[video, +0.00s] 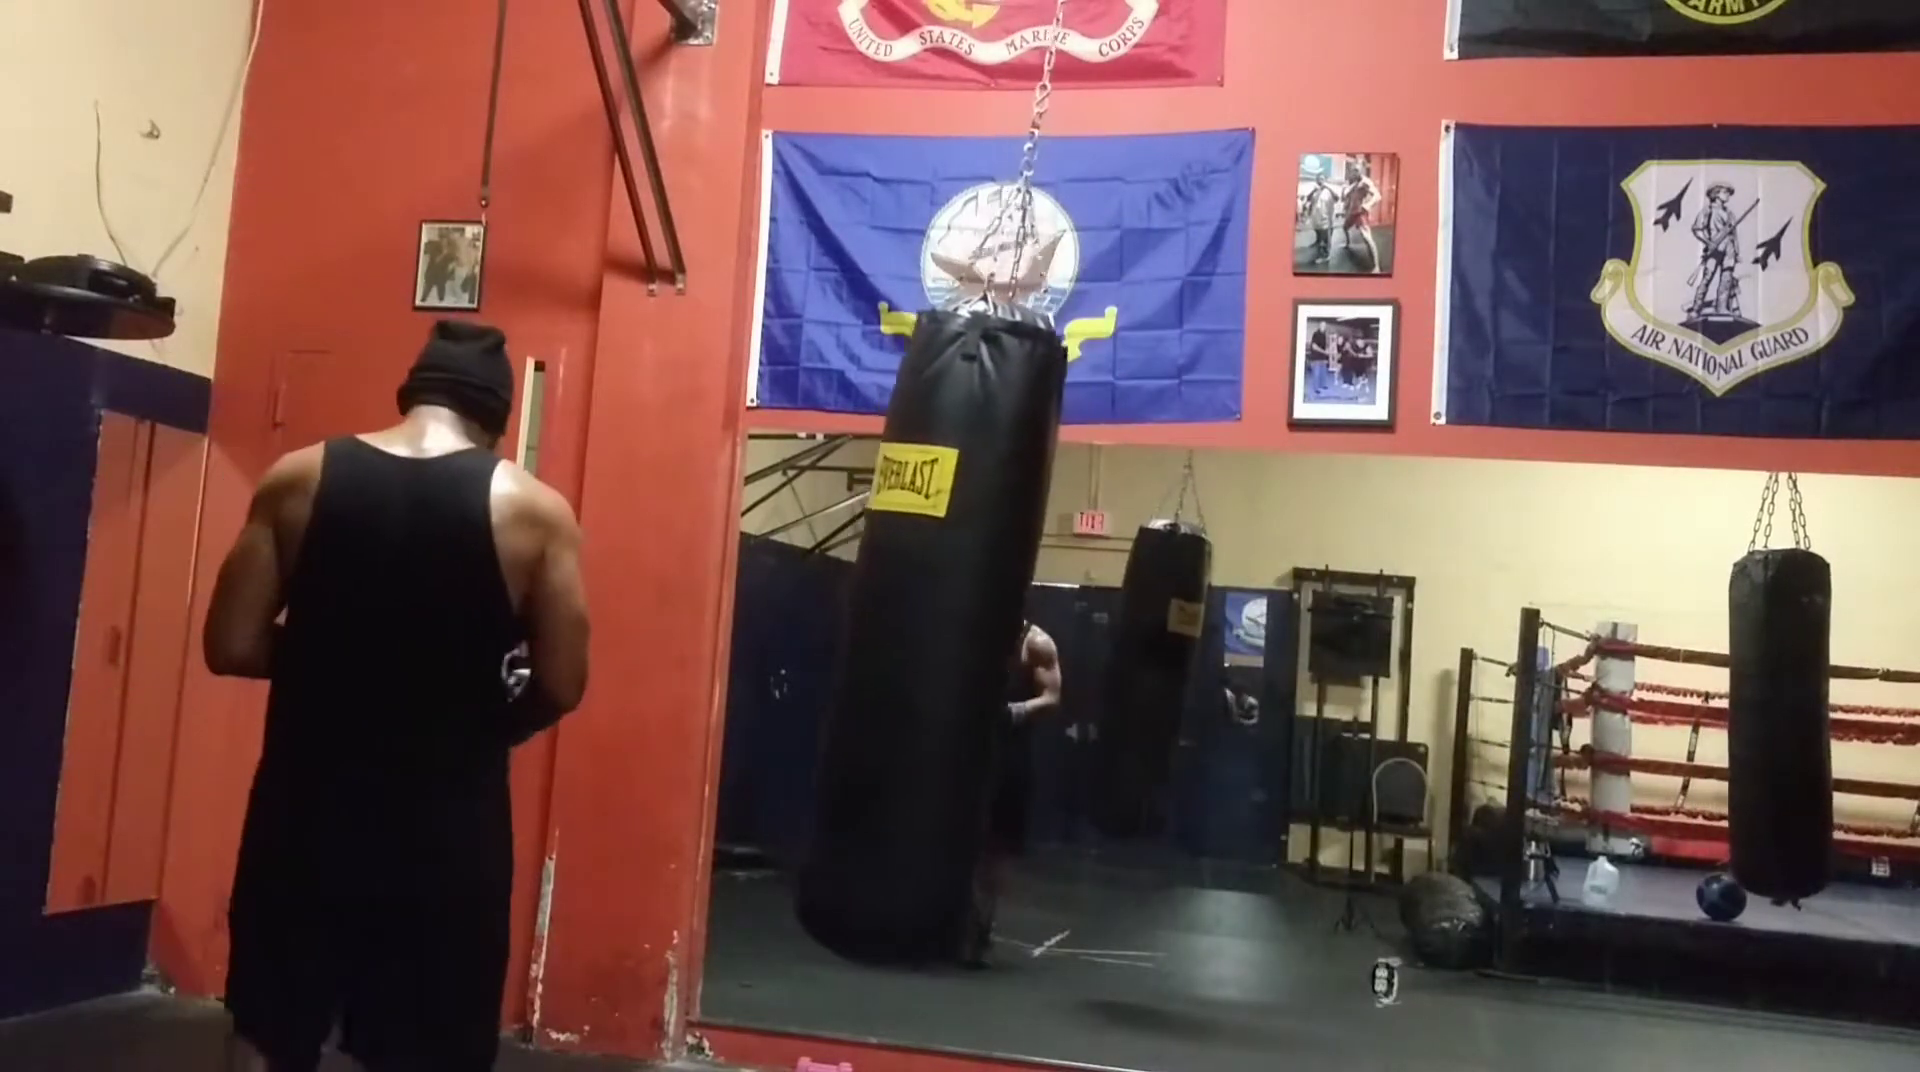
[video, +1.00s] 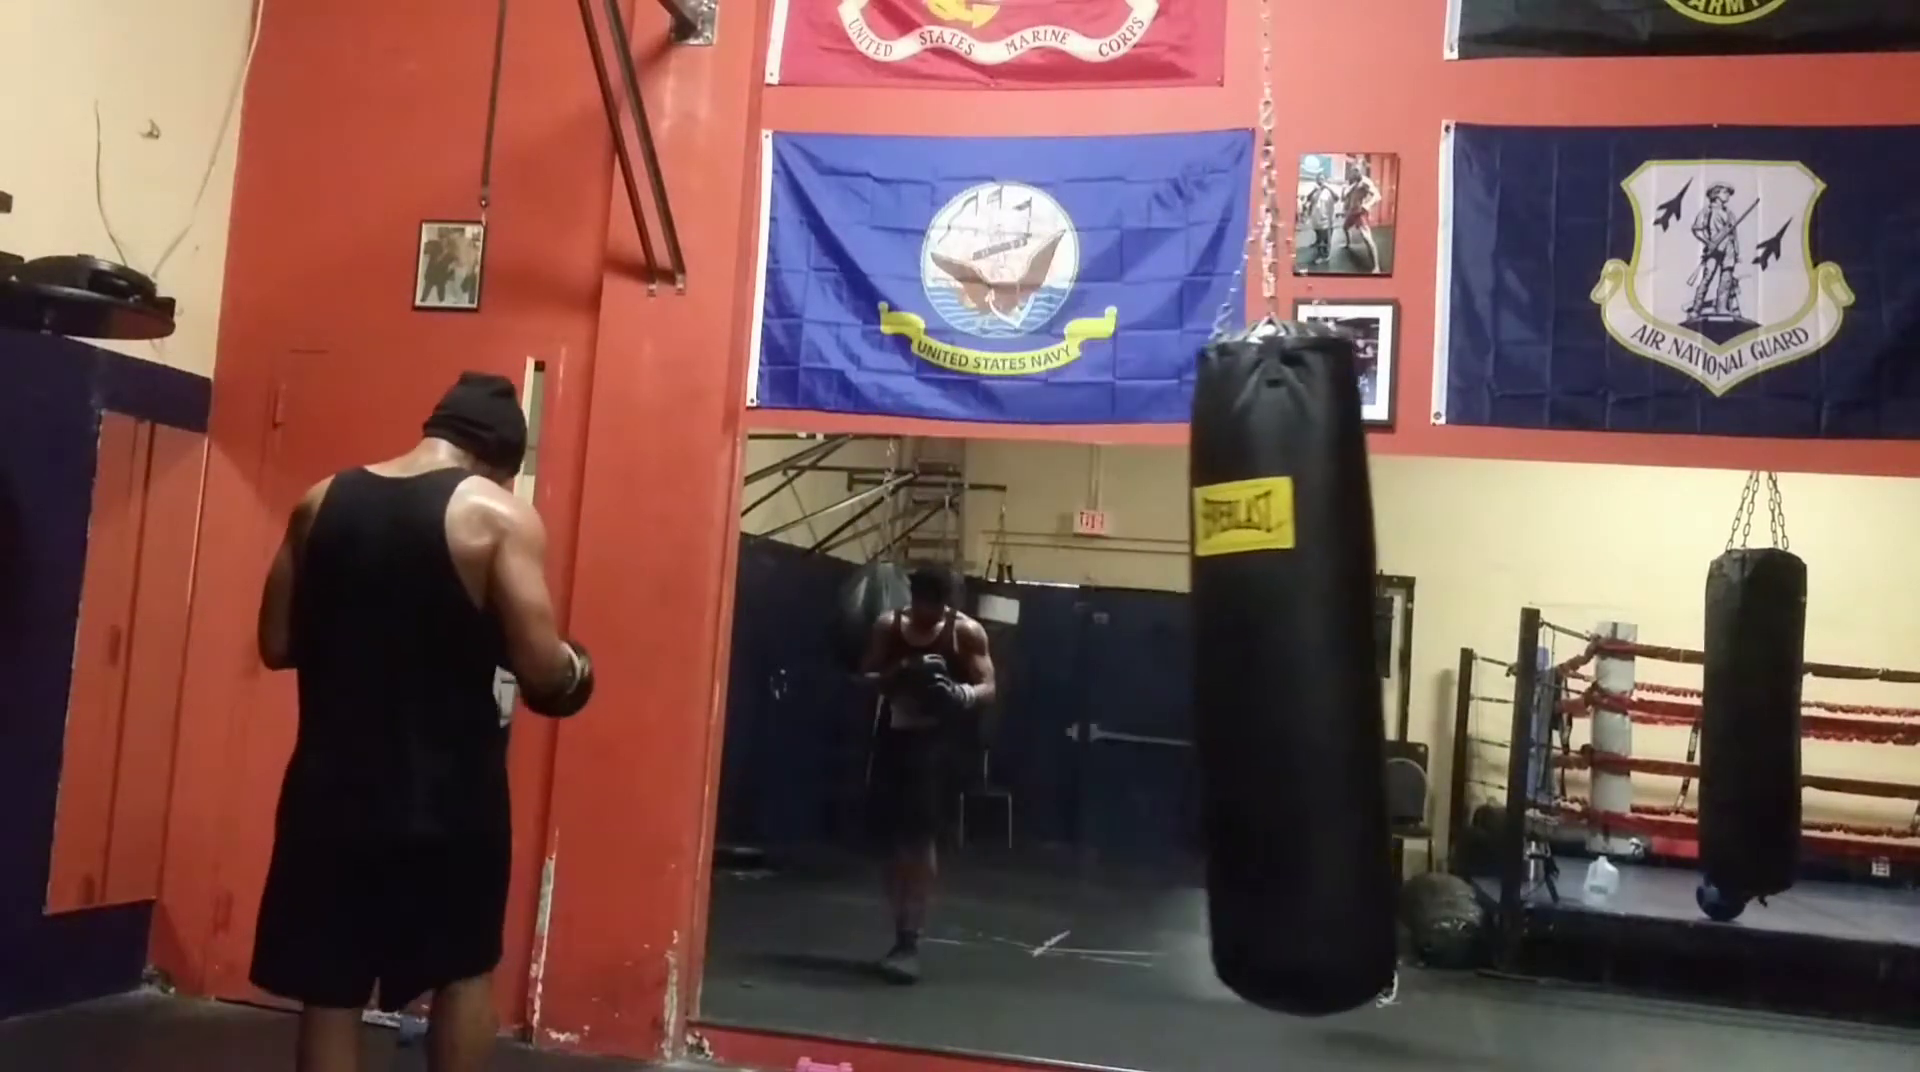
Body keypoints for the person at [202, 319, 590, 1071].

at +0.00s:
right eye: (501, 415)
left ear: (407, 396)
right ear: (501, 420)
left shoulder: (301, 477)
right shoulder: (538, 513)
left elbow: (231, 646)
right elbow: (560, 686)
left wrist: (337, 650)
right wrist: (474, 723)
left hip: (300, 830)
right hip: (443, 851)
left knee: (271, 1044)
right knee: (423, 1052)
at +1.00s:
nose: (508, 483)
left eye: (509, 470)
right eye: (511, 470)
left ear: (433, 432)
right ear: (503, 457)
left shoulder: (324, 499)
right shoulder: (502, 514)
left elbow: (276, 643)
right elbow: (539, 668)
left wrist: (366, 618)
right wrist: (573, 671)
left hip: (332, 785)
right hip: (450, 794)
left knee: (330, 997)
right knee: (464, 977)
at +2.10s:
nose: (603, 525)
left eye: (605, 513)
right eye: (608, 514)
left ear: (545, 468)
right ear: (606, 498)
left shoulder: (438, 524)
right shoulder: (591, 544)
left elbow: (390, 655)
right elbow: (618, 690)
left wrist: (471, 632)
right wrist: (651, 695)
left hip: (433, 780)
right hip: (527, 791)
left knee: (433, 958)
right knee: (509, 981)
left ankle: (408, 1062)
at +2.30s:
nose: (615, 521)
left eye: (619, 510)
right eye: (620, 510)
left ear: (560, 464)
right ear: (617, 491)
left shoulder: (455, 518)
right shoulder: (601, 538)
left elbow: (406, 646)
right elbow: (622, 676)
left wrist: (486, 630)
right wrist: (652, 692)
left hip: (446, 785)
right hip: (533, 794)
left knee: (467, 969)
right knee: (505, 986)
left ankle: (474, 1060)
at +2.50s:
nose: (624, 526)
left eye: (629, 514)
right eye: (629, 513)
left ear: (567, 471)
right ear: (620, 492)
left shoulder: (467, 526)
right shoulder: (602, 542)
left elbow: (421, 654)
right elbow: (620, 678)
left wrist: (507, 635)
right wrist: (660, 684)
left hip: (464, 793)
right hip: (546, 802)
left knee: (481, 976)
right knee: (522, 987)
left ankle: (485, 1064)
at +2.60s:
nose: (628, 530)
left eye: (633, 518)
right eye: (631, 517)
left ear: (566, 478)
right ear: (621, 498)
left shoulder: (471, 536)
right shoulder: (603, 548)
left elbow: (427, 661)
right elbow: (623, 682)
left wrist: (516, 637)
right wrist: (666, 688)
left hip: (466, 798)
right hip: (552, 807)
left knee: (490, 974)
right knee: (538, 989)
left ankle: (493, 1062)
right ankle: (502, 1063)